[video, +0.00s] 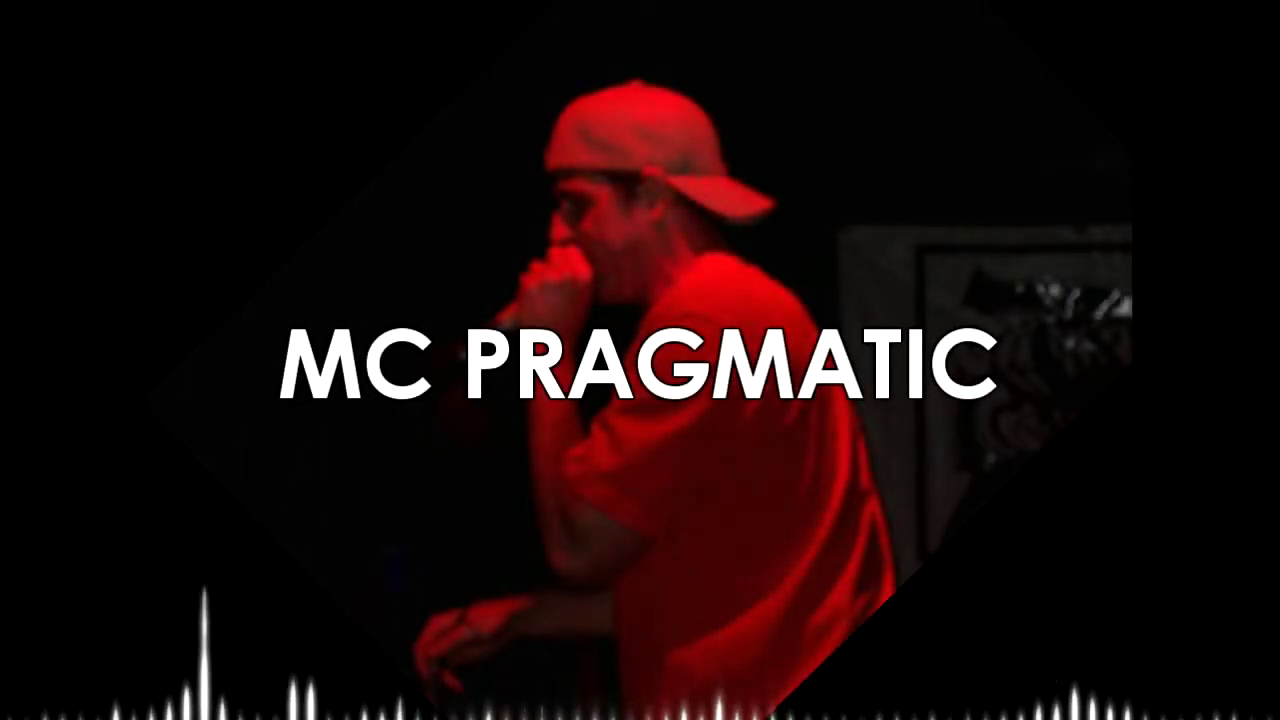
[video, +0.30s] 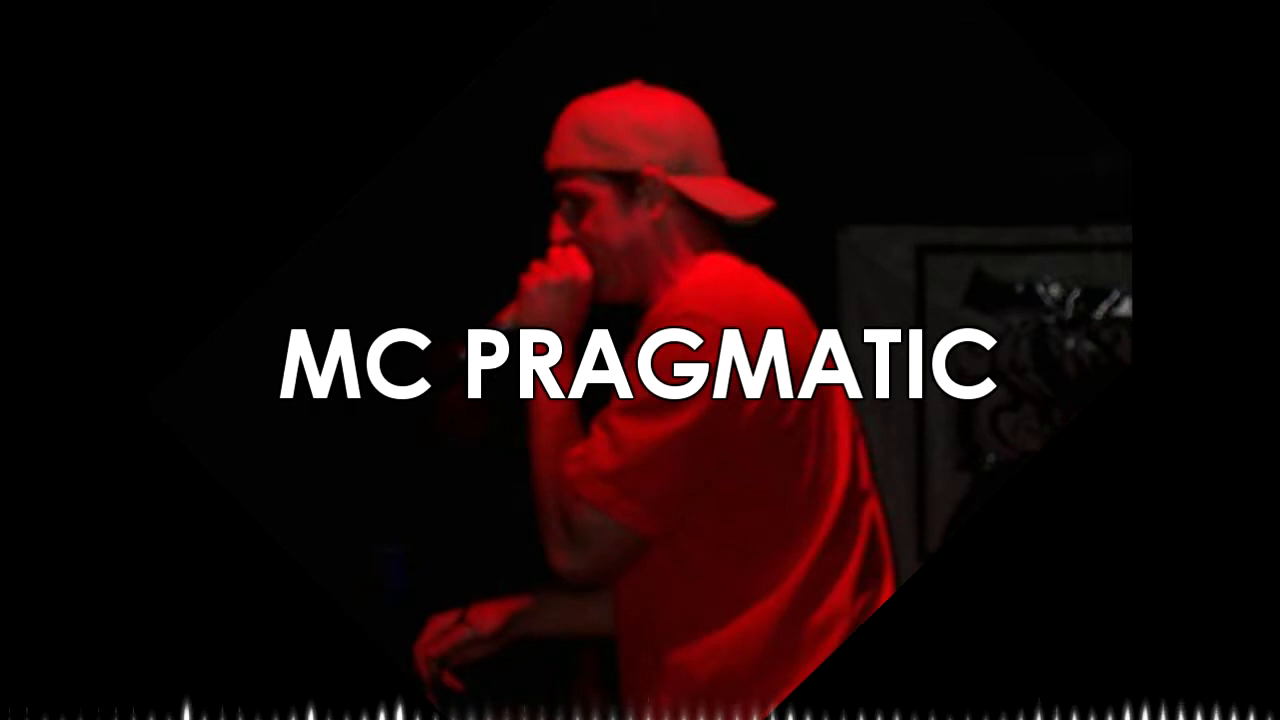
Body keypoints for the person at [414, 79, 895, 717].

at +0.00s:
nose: (559, 233)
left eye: (576, 206)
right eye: (559, 209)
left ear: (653, 200)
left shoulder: (707, 313)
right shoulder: (743, 304)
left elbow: (578, 543)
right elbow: (698, 579)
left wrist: (545, 349)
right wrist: (519, 620)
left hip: (738, 704)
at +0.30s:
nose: (559, 234)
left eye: (576, 206)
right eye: (559, 209)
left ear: (652, 198)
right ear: (649, 200)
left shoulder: (706, 313)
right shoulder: (744, 303)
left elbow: (577, 544)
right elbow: (700, 580)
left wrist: (545, 348)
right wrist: (520, 619)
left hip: (736, 704)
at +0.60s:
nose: (560, 233)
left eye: (577, 206)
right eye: (559, 209)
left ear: (652, 198)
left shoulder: (706, 314)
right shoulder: (747, 304)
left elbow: (577, 543)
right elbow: (701, 579)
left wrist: (545, 348)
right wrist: (522, 618)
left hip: (737, 704)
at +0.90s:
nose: (560, 233)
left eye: (577, 206)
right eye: (559, 209)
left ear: (652, 199)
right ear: (650, 200)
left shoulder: (706, 314)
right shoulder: (746, 303)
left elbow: (577, 543)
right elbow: (697, 579)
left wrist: (545, 347)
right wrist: (520, 619)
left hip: (744, 703)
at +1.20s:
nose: (560, 233)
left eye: (577, 206)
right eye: (559, 209)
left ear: (653, 199)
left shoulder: (705, 314)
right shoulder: (749, 304)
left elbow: (577, 543)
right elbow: (701, 579)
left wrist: (545, 348)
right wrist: (521, 619)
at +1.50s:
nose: (560, 233)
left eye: (577, 206)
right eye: (560, 209)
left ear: (652, 198)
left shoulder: (705, 314)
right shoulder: (747, 303)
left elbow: (577, 544)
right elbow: (702, 579)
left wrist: (546, 348)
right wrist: (521, 619)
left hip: (735, 706)